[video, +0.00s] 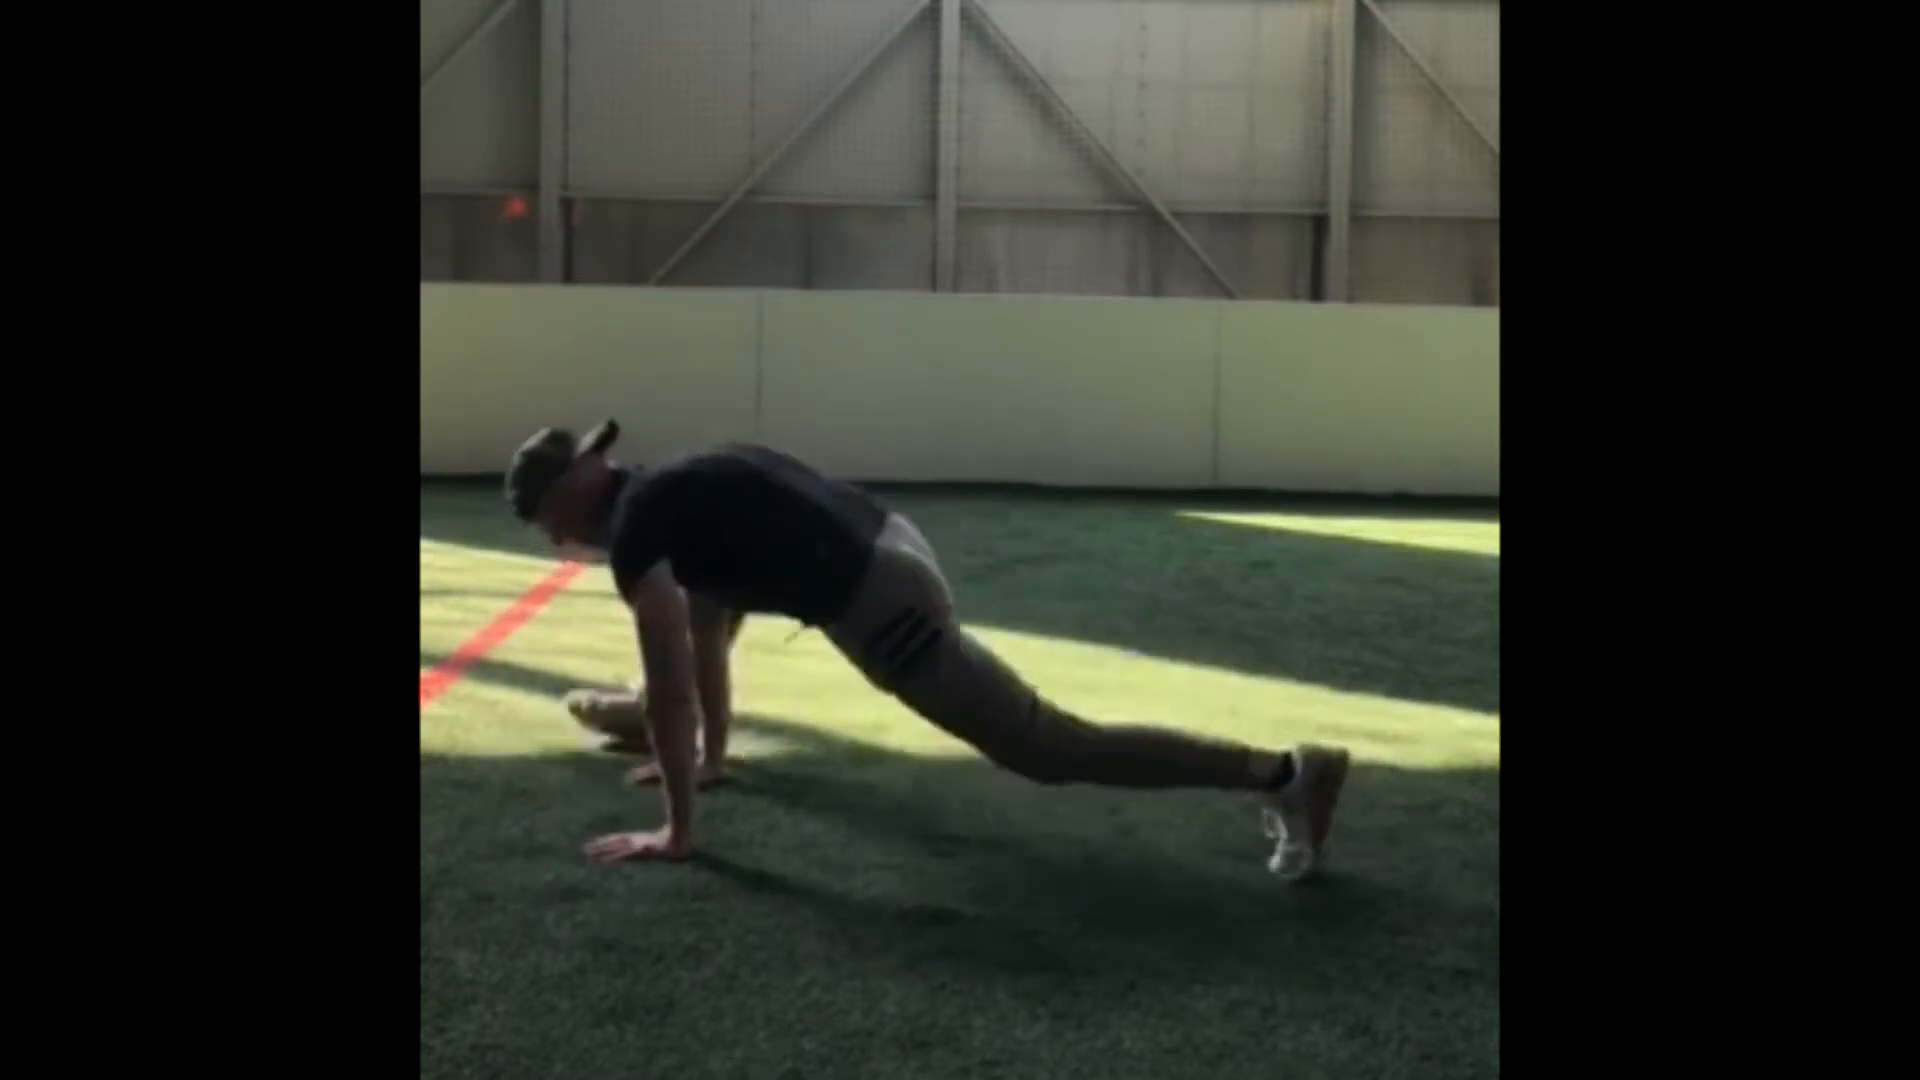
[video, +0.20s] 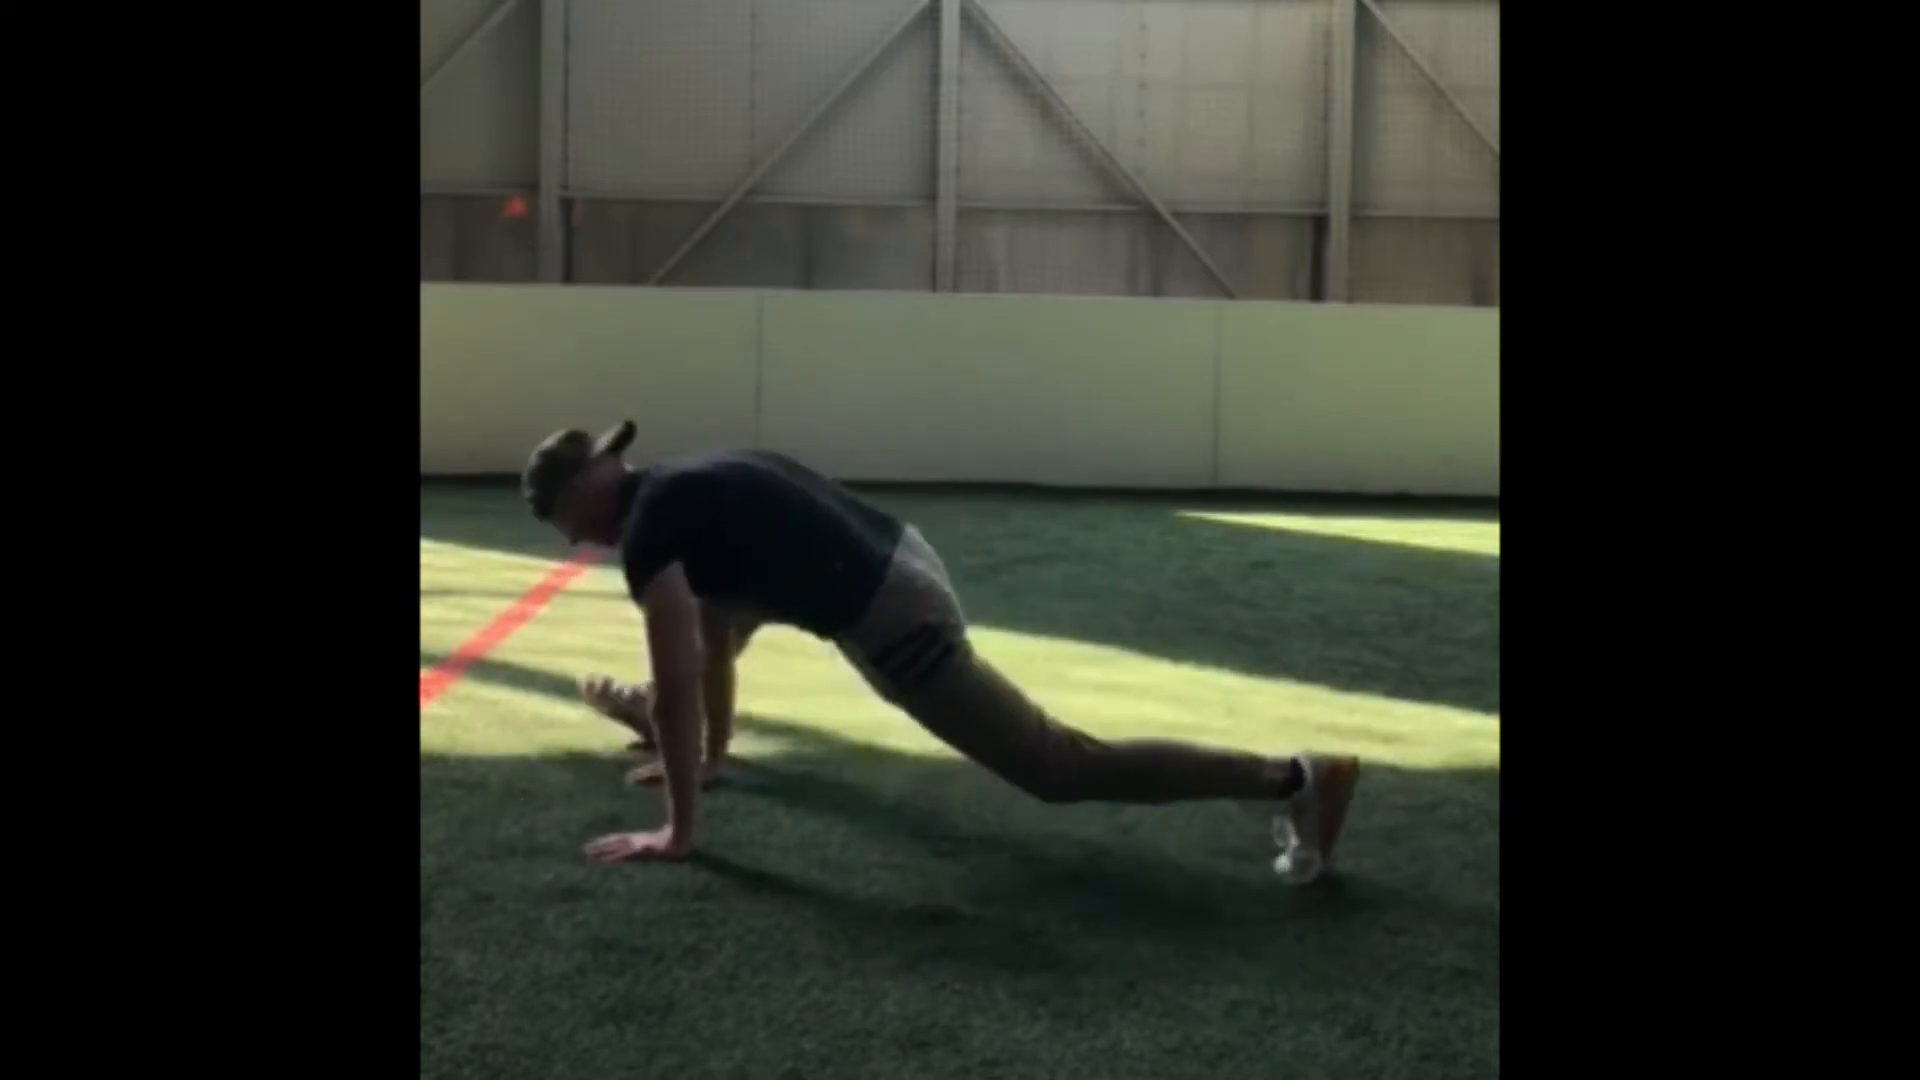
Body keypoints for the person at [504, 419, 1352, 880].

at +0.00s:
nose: (555, 540)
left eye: (548, 525)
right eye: (545, 527)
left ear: (577, 495)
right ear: (600, 472)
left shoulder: (637, 533)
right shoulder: (682, 485)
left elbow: (674, 691)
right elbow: (710, 643)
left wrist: (676, 832)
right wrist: (700, 738)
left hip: (879, 598)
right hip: (894, 545)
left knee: (1042, 747)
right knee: (692, 585)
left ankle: (1284, 779)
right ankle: (688, 726)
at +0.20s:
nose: (575, 543)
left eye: (568, 529)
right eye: (566, 530)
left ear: (591, 499)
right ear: (614, 473)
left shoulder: (650, 532)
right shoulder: (700, 484)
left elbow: (686, 690)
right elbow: (718, 643)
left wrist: (677, 832)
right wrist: (690, 732)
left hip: (894, 614)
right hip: (902, 561)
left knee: (1059, 767)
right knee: (713, 599)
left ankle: (1295, 785)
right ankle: (691, 736)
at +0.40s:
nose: (574, 561)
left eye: (566, 545)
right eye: (564, 549)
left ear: (587, 512)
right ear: (609, 488)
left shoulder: (645, 536)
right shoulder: (693, 496)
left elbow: (674, 691)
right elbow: (717, 660)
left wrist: (677, 830)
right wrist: (704, 766)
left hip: (917, 549)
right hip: (918, 490)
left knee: (1091, 687)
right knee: (757, 573)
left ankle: (1330, 779)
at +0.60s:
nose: (570, 562)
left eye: (562, 546)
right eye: (559, 551)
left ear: (580, 511)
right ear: (597, 489)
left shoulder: (642, 534)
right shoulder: (682, 501)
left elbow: (669, 694)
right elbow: (718, 652)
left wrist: (677, 829)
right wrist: (710, 752)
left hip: (914, 557)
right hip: (911, 540)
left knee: (1097, 687)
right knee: (970, 716)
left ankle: (1340, 780)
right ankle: (1166, 681)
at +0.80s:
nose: (583, 561)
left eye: (574, 546)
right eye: (572, 551)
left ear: (593, 511)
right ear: (613, 489)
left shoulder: (652, 536)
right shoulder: (698, 502)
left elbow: (676, 696)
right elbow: (732, 661)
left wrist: (679, 833)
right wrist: (710, 760)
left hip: (919, 581)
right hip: (940, 540)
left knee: (1038, 774)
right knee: (1073, 709)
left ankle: (1283, 760)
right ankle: (1282, 739)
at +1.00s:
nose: (579, 562)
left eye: (569, 547)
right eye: (568, 552)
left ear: (589, 512)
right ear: (607, 494)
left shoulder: (654, 523)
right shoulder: (683, 502)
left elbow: (678, 678)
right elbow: (717, 657)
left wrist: (678, 827)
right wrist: (694, 765)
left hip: (887, 537)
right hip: (935, 529)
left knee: (714, 635)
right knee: (1077, 675)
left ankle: (878, 814)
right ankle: (1299, 734)